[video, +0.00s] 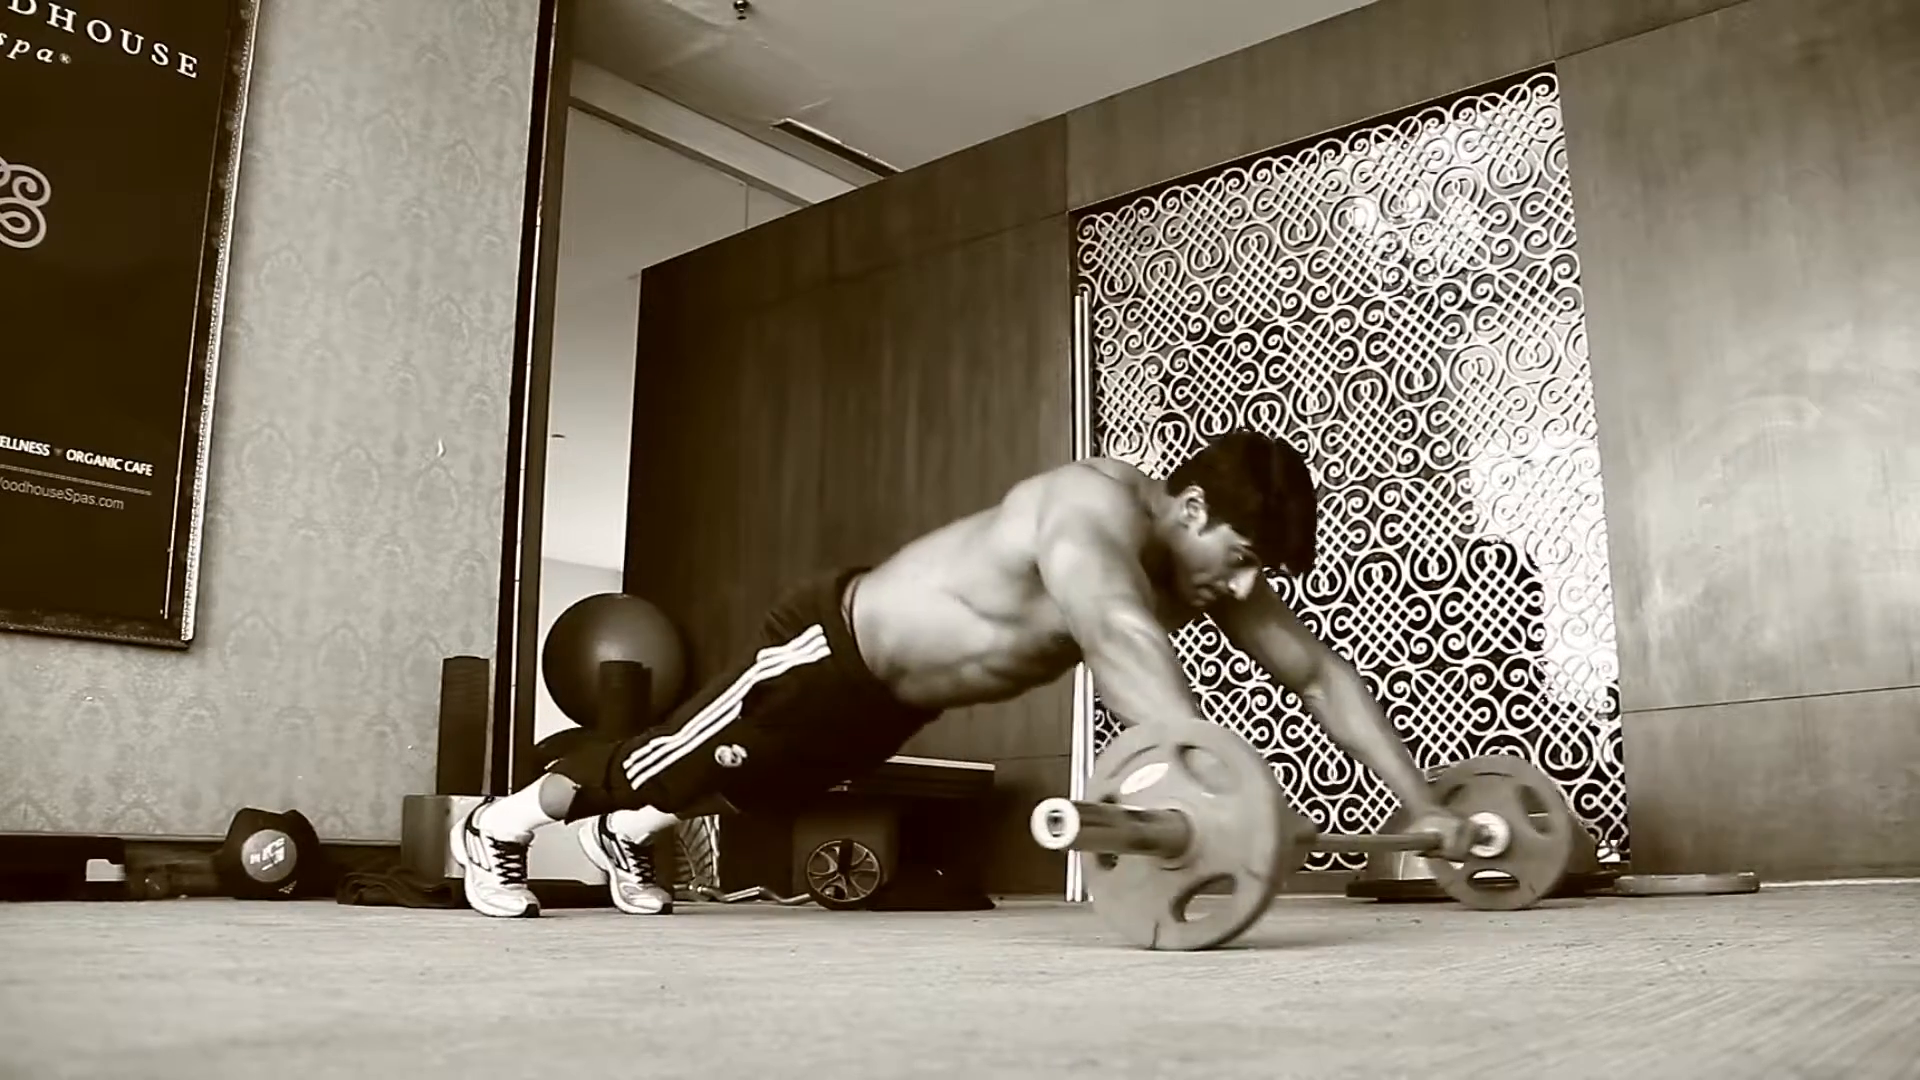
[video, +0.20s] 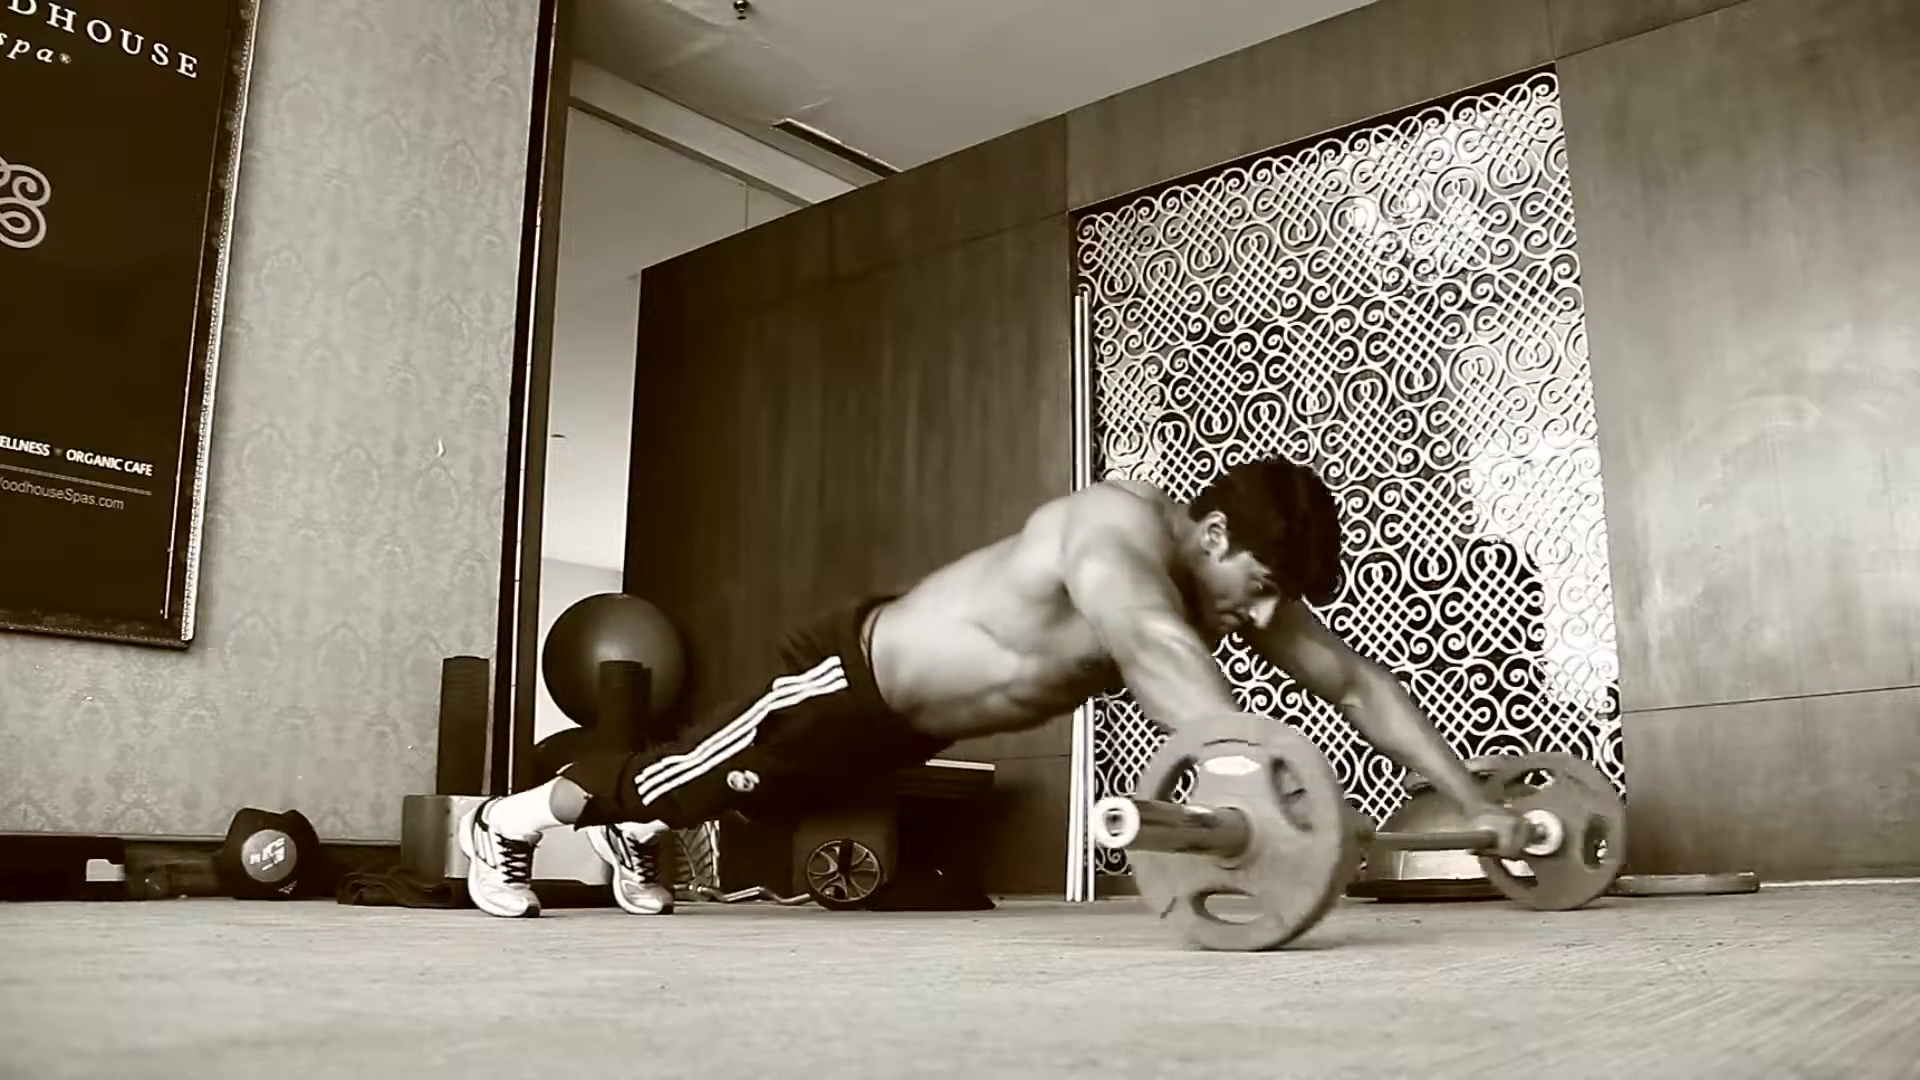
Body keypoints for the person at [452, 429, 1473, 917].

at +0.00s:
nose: (1236, 587)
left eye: (1252, 574)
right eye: (1240, 563)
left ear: (1233, 537)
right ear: (1204, 503)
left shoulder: (1190, 558)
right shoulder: (1091, 504)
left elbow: (1320, 674)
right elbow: (1116, 642)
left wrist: (1413, 797)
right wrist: (1200, 748)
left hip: (905, 690)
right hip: (842, 647)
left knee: (759, 772)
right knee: (671, 757)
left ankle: (636, 836)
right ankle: (499, 823)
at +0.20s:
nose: (1252, 608)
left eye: (1266, 594)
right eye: (1255, 583)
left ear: (1264, 570)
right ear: (1221, 526)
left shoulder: (1225, 576)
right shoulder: (1116, 526)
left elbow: (1349, 679)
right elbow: (1143, 645)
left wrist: (1455, 783)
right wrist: (1236, 744)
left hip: (919, 731)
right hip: (855, 683)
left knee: (755, 800)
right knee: (677, 788)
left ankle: (631, 856)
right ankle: (512, 826)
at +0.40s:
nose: (1263, 638)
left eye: (1276, 629)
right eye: (1265, 615)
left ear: (1285, 602)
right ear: (1235, 551)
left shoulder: (1242, 600)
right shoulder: (1137, 542)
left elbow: (1380, 692)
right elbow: (1182, 667)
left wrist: (1503, 790)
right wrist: (1311, 744)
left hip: (940, 748)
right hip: (869, 696)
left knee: (760, 824)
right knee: (671, 797)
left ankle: (654, 860)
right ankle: (508, 827)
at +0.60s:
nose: (1273, 658)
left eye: (1286, 649)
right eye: (1274, 635)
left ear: (1296, 617)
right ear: (1239, 573)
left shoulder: (1254, 607)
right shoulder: (1143, 548)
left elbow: (1385, 695)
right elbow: (1180, 663)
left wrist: (1520, 802)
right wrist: (1317, 734)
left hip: (955, 763)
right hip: (875, 702)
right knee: (676, 791)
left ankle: (712, 868)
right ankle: (506, 830)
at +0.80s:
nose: (1254, 645)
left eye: (1270, 636)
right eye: (1259, 620)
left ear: (1283, 602)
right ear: (1239, 553)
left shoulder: (1232, 587)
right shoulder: (1133, 532)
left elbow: (1360, 678)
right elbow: (1163, 659)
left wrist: (1466, 775)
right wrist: (1293, 752)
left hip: (935, 741)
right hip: (867, 688)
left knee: (775, 826)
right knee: (667, 787)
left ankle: (660, 859)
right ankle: (506, 824)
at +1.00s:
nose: (1240, 622)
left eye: (1255, 609)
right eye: (1249, 599)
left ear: (1238, 563)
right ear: (1222, 537)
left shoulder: (1193, 565)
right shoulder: (1108, 508)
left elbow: (1333, 675)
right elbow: (1127, 634)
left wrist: (1424, 782)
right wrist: (1232, 747)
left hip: (902, 690)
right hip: (840, 656)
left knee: (745, 762)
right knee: (665, 758)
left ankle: (625, 826)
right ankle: (505, 821)